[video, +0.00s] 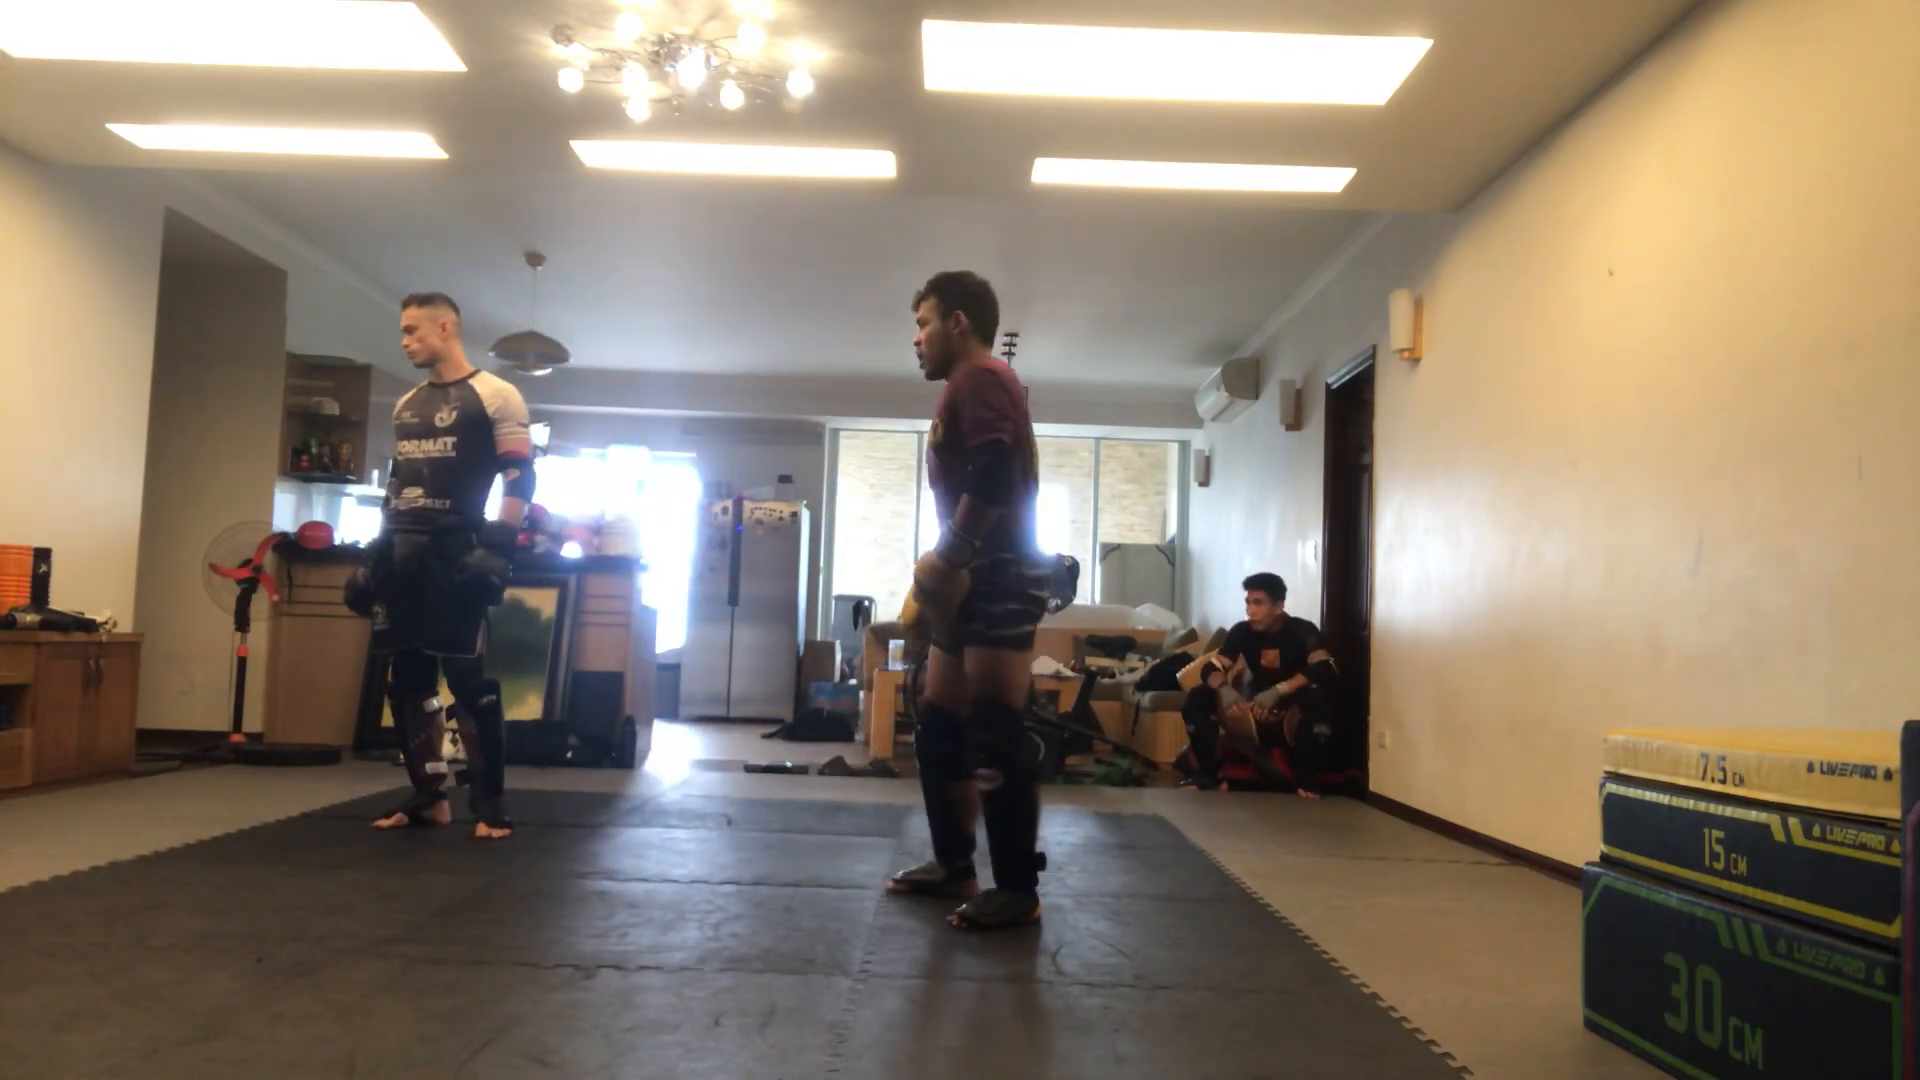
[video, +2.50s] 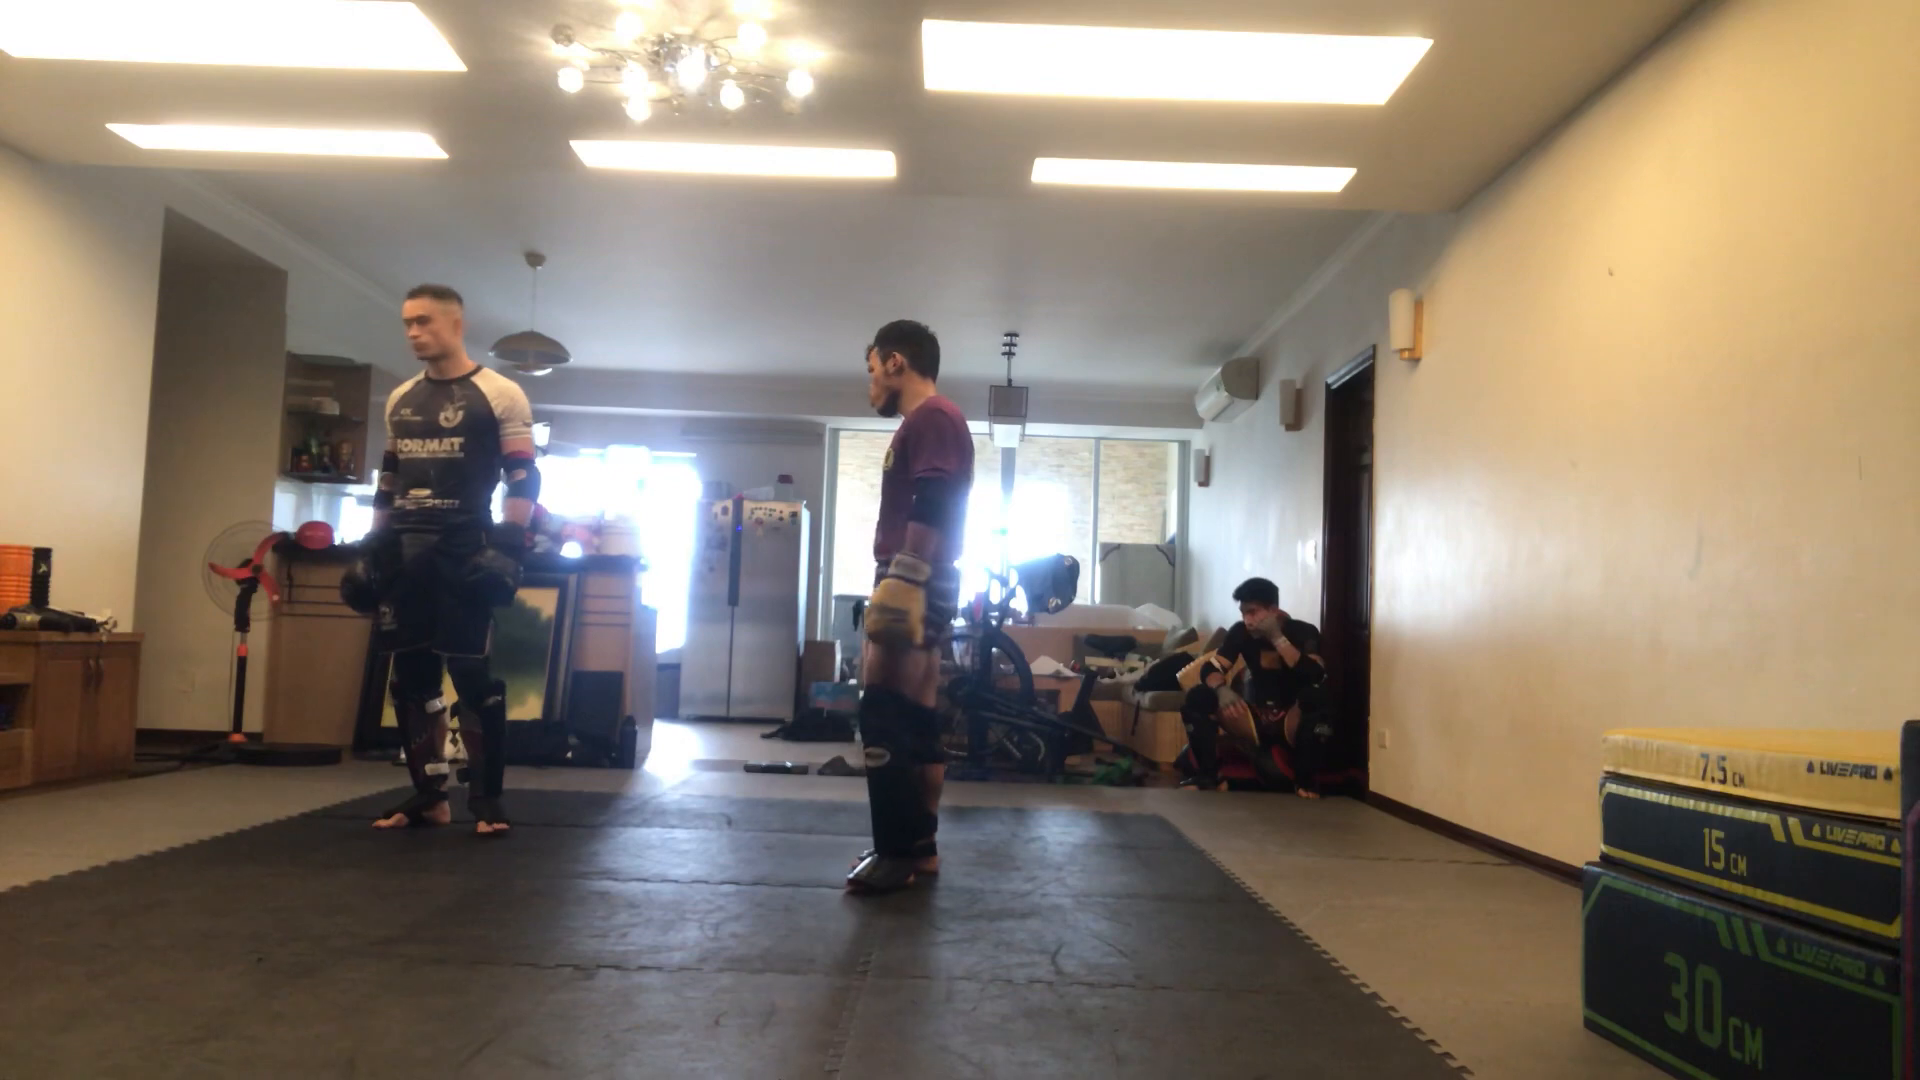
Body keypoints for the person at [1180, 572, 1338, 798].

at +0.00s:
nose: (1250, 610)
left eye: (1257, 603)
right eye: (1248, 603)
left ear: (1279, 605)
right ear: (1245, 603)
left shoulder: (1303, 631)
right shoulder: (1242, 632)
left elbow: (1324, 667)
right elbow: (1211, 669)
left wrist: (1277, 691)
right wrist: (1224, 689)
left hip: (1294, 708)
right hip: (1252, 708)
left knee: (1317, 704)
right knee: (1197, 699)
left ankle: (1307, 781)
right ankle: (1208, 775)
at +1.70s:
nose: (1245, 617)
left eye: (1251, 610)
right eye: (1243, 610)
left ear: (1274, 610)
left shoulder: (1304, 633)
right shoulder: (1242, 633)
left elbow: (1330, 671)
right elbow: (1211, 668)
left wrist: (1281, 669)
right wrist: (1223, 691)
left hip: (1292, 720)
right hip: (1250, 719)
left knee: (1320, 704)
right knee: (1198, 698)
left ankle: (1306, 781)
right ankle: (1208, 777)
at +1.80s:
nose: (1245, 619)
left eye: (1251, 612)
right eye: (1243, 612)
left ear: (1274, 611)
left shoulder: (1305, 633)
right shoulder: (1242, 633)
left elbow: (1324, 674)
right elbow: (1211, 669)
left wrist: (1278, 647)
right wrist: (1224, 691)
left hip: (1294, 720)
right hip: (1252, 719)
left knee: (1320, 699)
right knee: (1198, 698)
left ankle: (1306, 781)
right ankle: (1208, 777)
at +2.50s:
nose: (1246, 620)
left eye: (1252, 613)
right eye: (1243, 613)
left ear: (1273, 609)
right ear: (1240, 610)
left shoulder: (1304, 632)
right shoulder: (1241, 632)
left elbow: (1314, 675)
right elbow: (1210, 669)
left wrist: (1276, 637)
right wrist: (1222, 690)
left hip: (1291, 720)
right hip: (1251, 719)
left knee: (1317, 696)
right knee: (1198, 698)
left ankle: (1305, 780)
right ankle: (1207, 776)